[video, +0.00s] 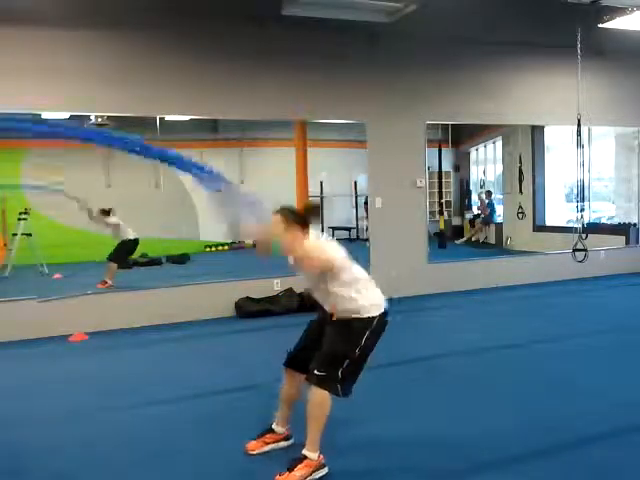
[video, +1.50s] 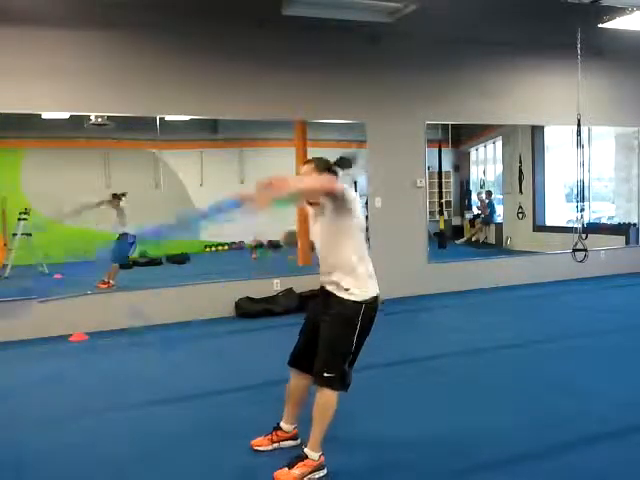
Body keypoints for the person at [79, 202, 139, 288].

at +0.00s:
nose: (99, 218)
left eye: (100, 216)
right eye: (99, 216)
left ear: (103, 215)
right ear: (107, 214)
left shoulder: (112, 219)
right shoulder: (111, 220)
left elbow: (117, 223)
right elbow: (93, 218)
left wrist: (115, 235)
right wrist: (89, 210)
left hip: (129, 240)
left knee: (113, 259)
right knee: (116, 261)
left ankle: (108, 281)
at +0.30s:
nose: (104, 207)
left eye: (106, 204)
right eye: (104, 204)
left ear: (110, 204)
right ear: (114, 204)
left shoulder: (118, 212)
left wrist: (101, 219)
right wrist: (99, 220)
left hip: (125, 237)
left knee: (112, 259)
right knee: (120, 263)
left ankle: (109, 281)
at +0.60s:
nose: (94, 222)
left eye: (95, 219)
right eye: (94, 219)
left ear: (99, 219)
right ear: (102, 218)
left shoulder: (107, 225)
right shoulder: (109, 222)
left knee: (109, 260)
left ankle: (107, 281)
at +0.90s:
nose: (108, 207)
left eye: (110, 204)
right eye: (108, 205)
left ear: (114, 204)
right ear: (117, 203)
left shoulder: (120, 210)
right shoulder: (120, 211)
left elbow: (104, 213)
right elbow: (103, 214)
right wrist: (92, 217)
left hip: (127, 237)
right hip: (124, 236)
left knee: (114, 259)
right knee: (111, 259)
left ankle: (109, 281)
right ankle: (106, 280)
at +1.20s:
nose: (95, 221)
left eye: (97, 218)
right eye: (96, 218)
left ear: (102, 219)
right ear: (104, 219)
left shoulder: (109, 225)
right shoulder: (109, 224)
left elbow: (111, 240)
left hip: (128, 241)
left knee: (112, 260)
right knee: (111, 260)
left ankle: (109, 282)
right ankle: (107, 280)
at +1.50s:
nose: (112, 205)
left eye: (114, 202)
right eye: (112, 203)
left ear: (118, 202)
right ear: (113, 202)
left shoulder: (122, 209)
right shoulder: (120, 209)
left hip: (127, 236)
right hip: (123, 236)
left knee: (116, 259)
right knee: (115, 259)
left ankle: (111, 281)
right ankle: (108, 279)